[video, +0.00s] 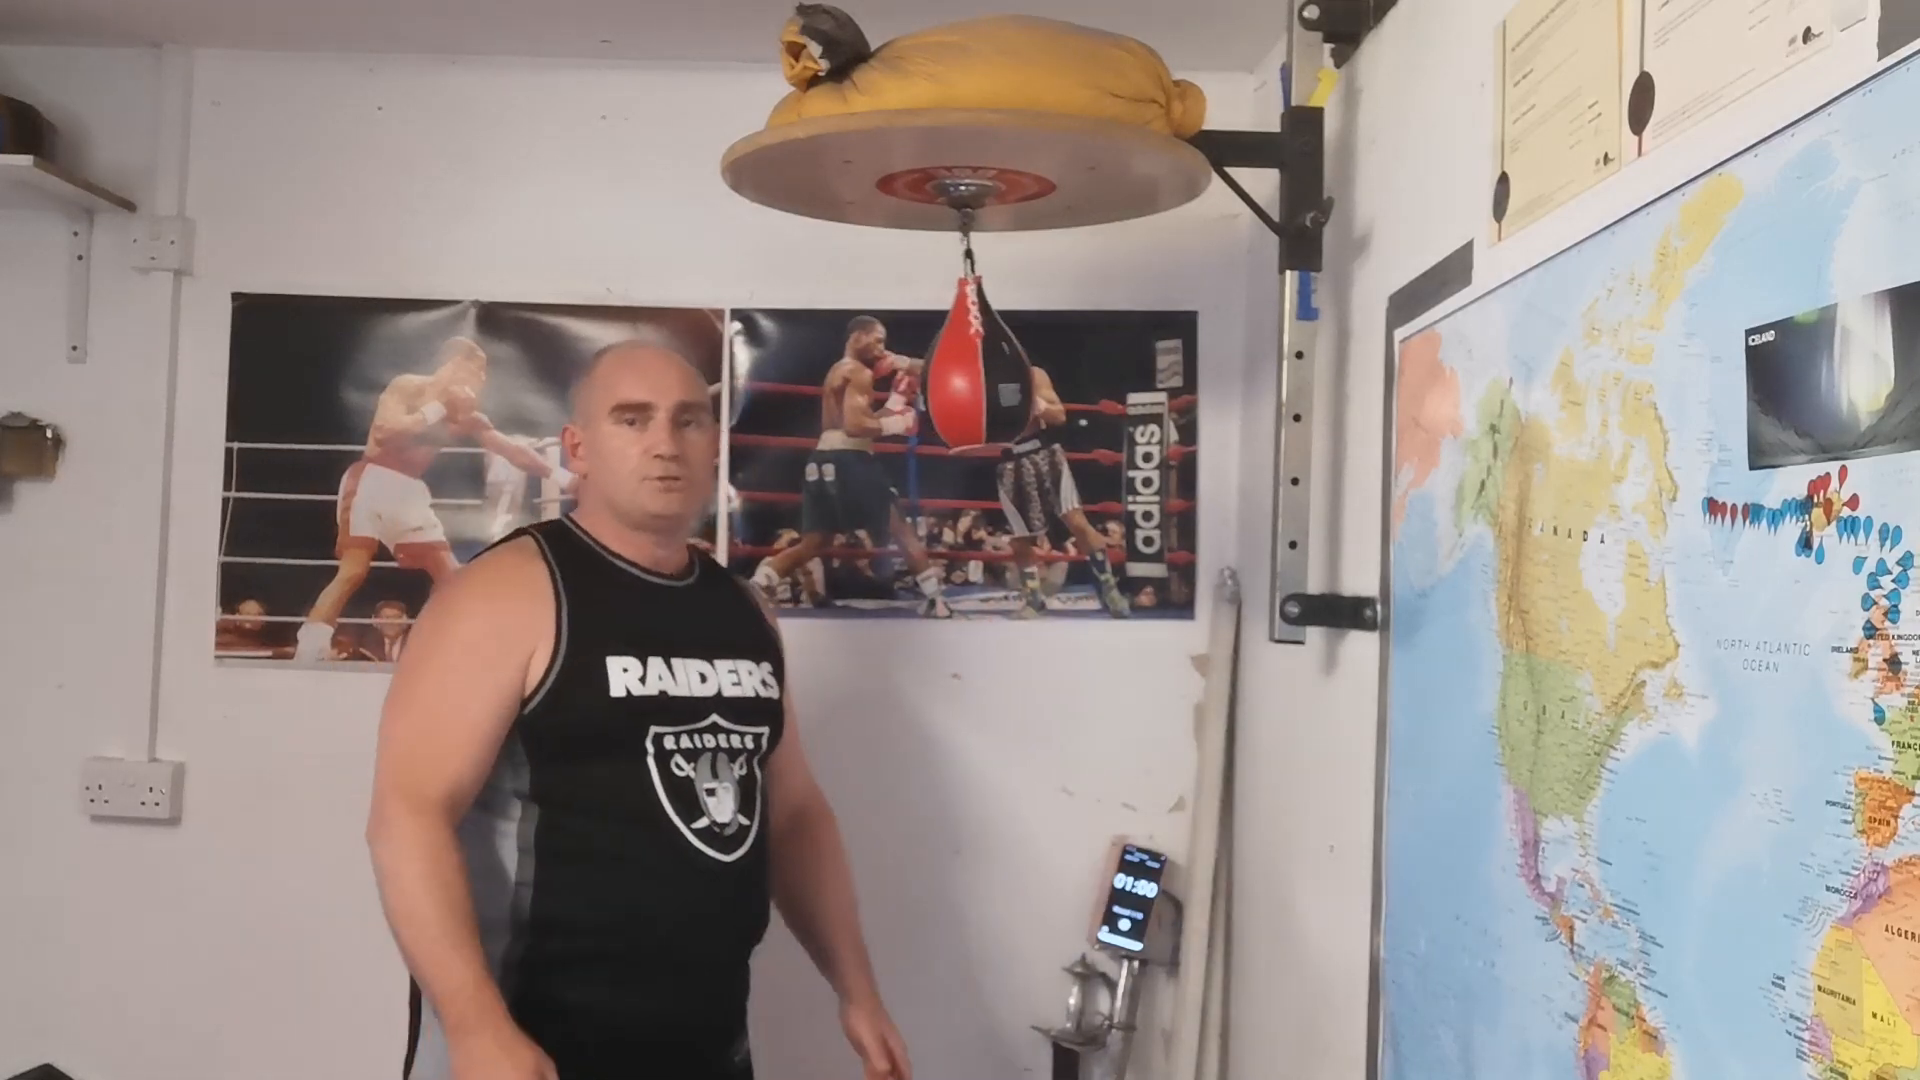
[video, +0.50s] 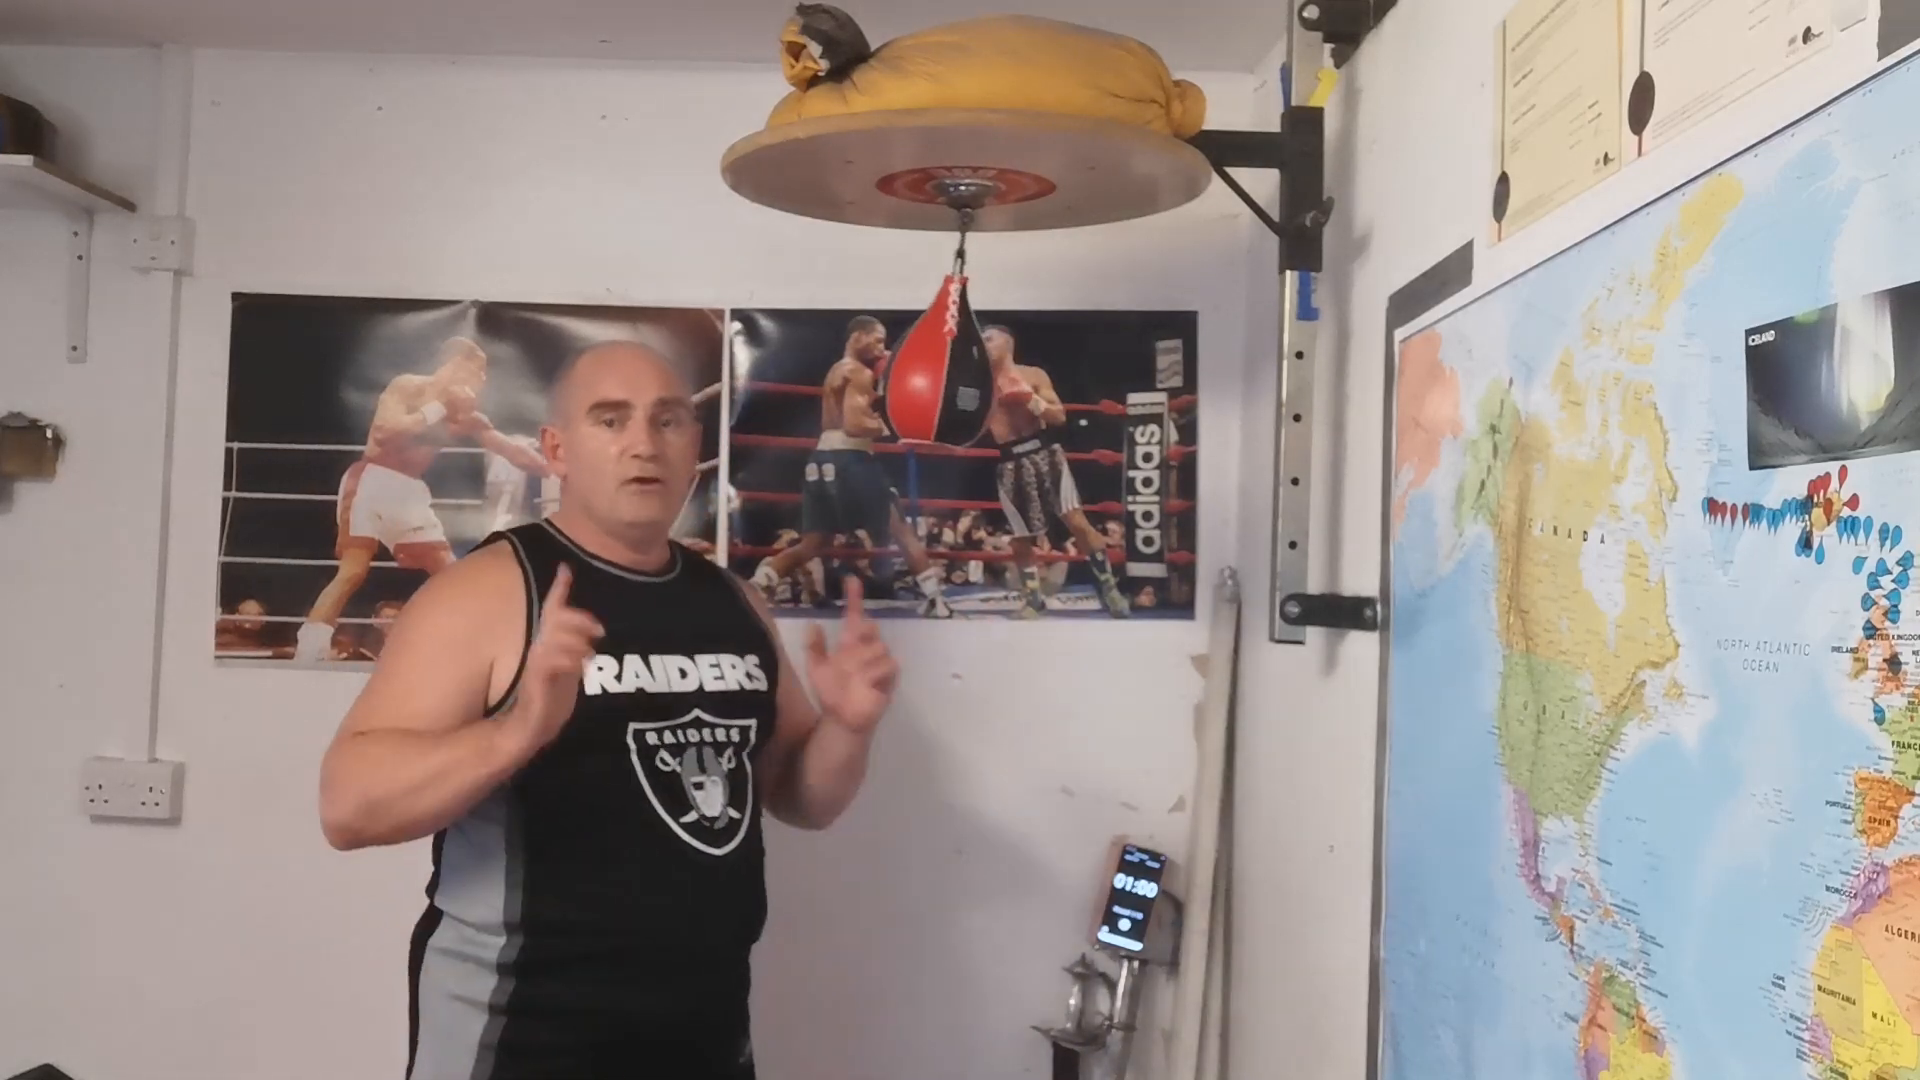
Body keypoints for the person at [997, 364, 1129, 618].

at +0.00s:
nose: (1003, 360)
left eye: (1006, 353)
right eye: (995, 357)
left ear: (1015, 354)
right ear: (988, 363)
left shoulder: (1034, 376)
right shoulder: (983, 386)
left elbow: (1059, 416)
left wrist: (1041, 407)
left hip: (1047, 455)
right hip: (1011, 463)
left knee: (1076, 522)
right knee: (1020, 536)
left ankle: (1109, 588)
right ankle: (1032, 598)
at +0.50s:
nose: (985, 345)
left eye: (991, 339)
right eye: (982, 341)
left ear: (1009, 344)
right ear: (980, 350)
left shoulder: (1033, 375)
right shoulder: (981, 385)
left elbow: (1059, 416)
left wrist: (1033, 400)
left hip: (1046, 457)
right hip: (1011, 465)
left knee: (1076, 522)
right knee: (1021, 538)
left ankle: (1109, 588)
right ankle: (1032, 598)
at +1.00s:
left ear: (1018, 356)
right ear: (991, 363)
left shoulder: (1035, 376)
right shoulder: (983, 385)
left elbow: (1059, 416)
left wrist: (1041, 405)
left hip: (1047, 455)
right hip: (1011, 464)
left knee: (1076, 522)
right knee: (1021, 537)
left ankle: (1110, 590)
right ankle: (1032, 600)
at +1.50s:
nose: (985, 346)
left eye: (991, 340)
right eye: (982, 342)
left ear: (1009, 344)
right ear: (981, 351)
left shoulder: (1034, 375)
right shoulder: (986, 386)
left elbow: (1059, 417)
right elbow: (986, 427)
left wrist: (1033, 401)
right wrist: (963, 445)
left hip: (1046, 457)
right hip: (1011, 465)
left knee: (1075, 522)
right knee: (1021, 538)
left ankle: (1109, 589)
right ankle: (1032, 599)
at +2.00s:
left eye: (1007, 353)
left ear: (1016, 354)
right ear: (989, 363)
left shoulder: (1035, 376)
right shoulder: (982, 386)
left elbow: (1059, 416)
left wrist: (1042, 407)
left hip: (1047, 454)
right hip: (1011, 463)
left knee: (1076, 522)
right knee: (1021, 536)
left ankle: (1109, 589)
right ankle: (1032, 599)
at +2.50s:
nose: (986, 346)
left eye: (992, 339)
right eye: (983, 341)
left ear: (1009, 343)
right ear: (981, 350)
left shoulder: (1033, 375)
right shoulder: (982, 385)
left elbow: (1059, 416)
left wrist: (1031, 399)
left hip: (1046, 456)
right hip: (1011, 465)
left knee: (1076, 522)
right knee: (1021, 539)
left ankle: (1109, 588)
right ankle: (1032, 598)